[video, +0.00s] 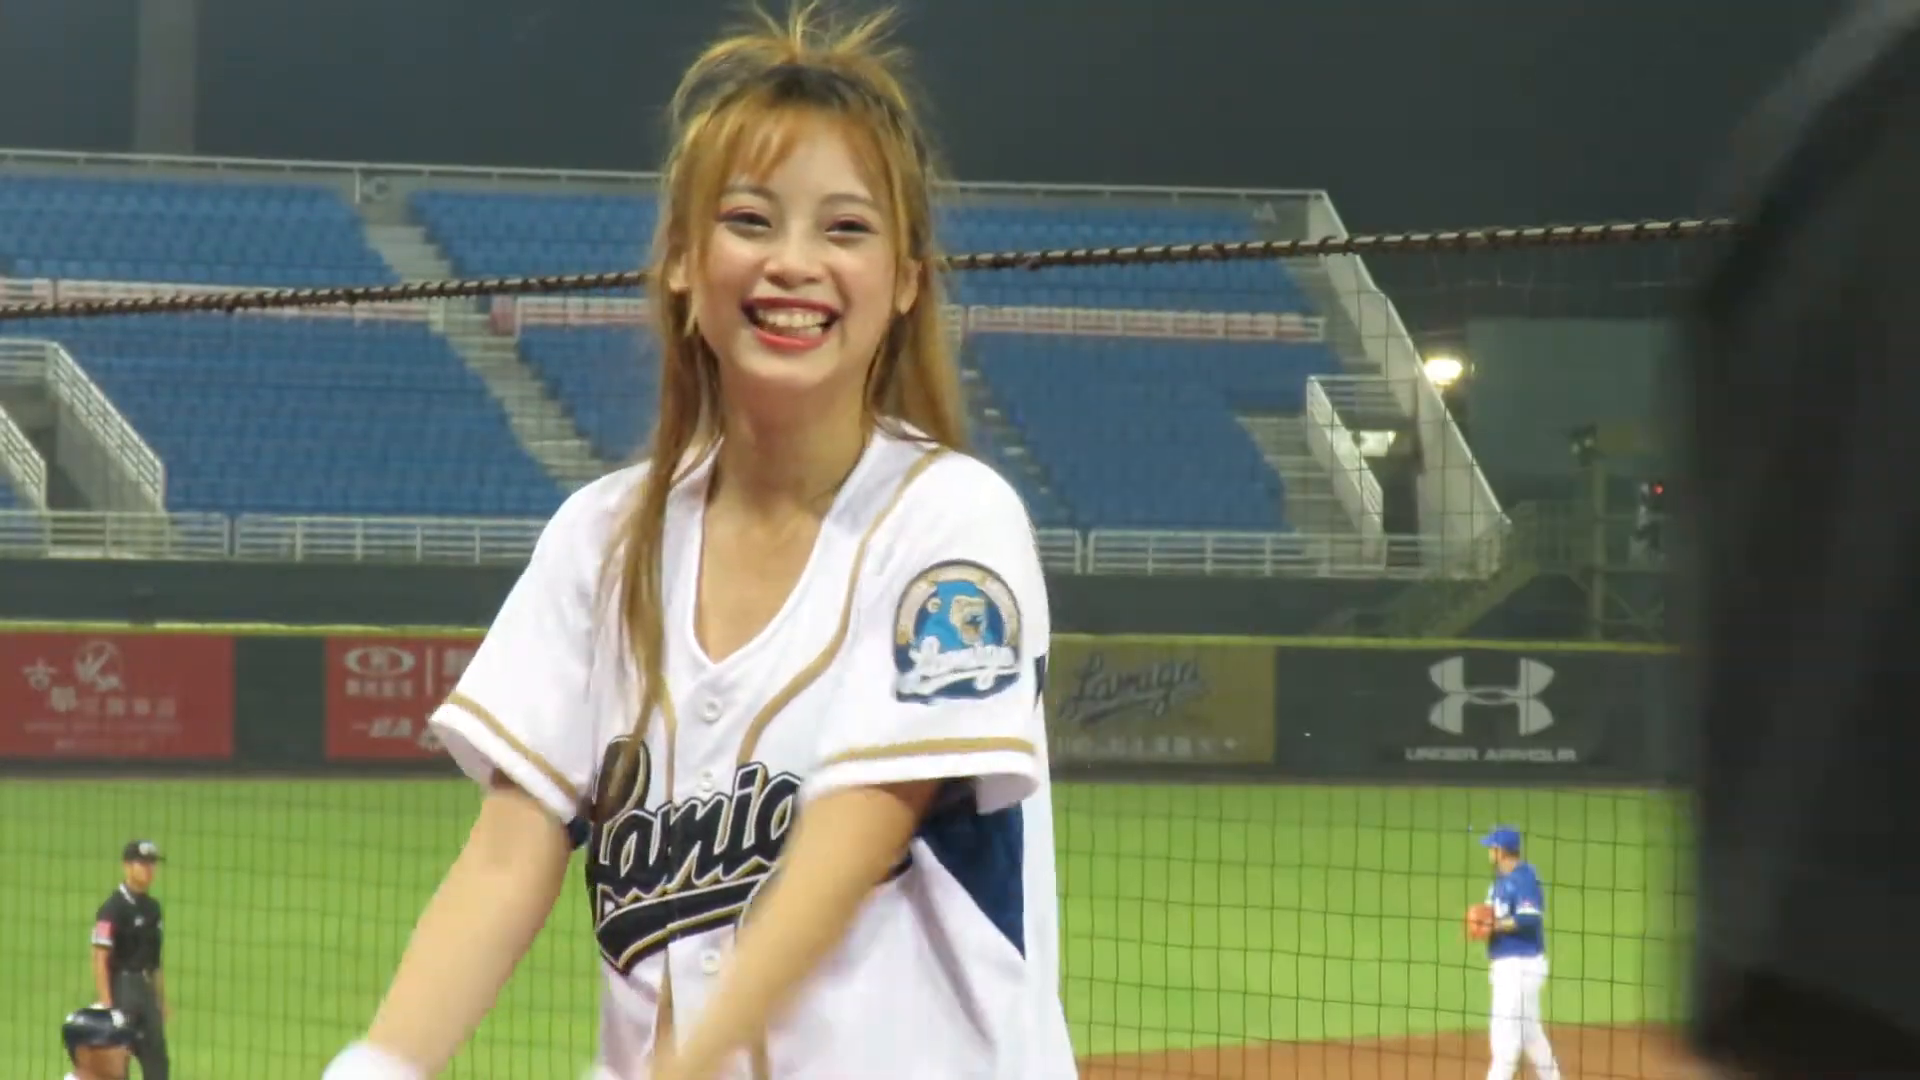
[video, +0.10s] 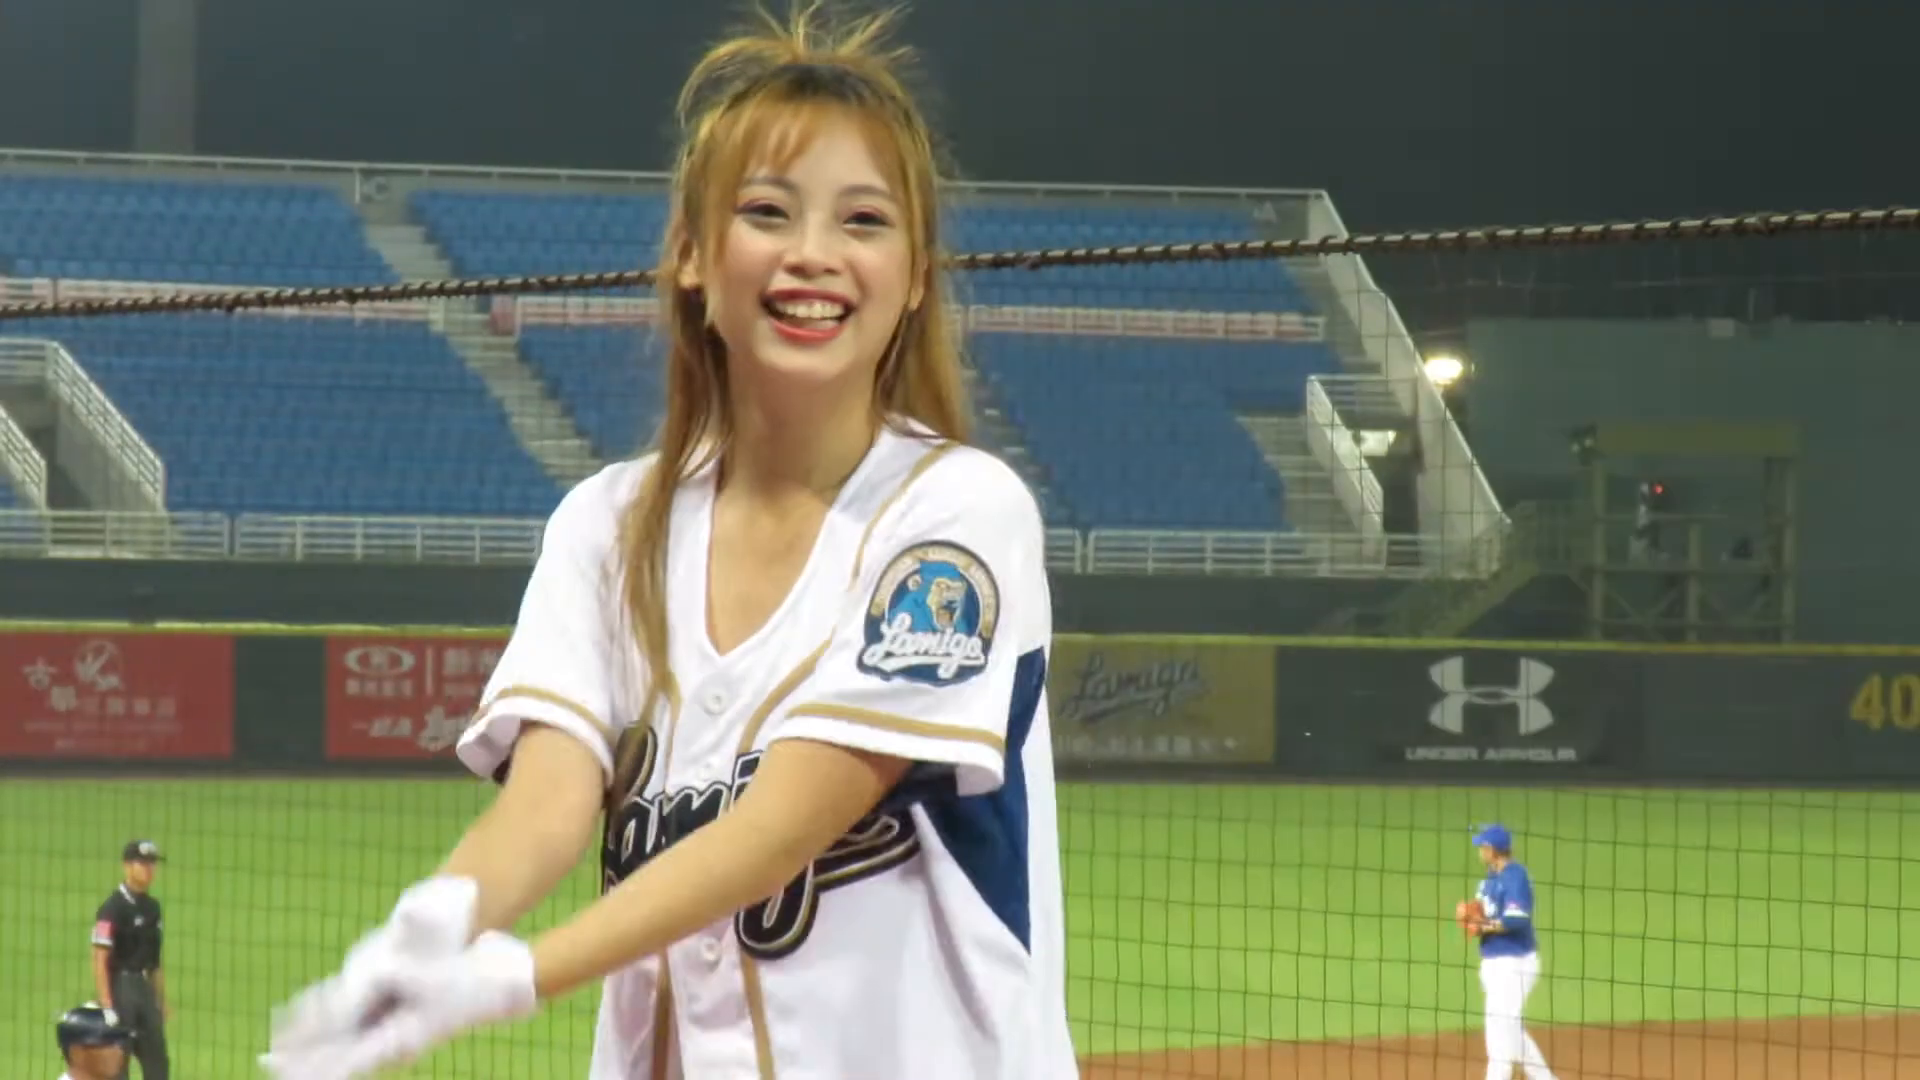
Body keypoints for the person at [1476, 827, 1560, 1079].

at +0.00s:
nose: (1490, 854)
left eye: (1493, 849)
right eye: (1490, 849)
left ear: (1503, 851)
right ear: (1505, 851)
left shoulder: (1524, 876)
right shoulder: (1500, 880)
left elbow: (1529, 917)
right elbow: (1494, 909)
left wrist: (1495, 925)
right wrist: (1482, 920)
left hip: (1522, 962)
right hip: (1505, 961)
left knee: (1505, 1029)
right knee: (1528, 1029)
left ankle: (1500, 1073)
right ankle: (1550, 1073)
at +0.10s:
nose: (1480, 852)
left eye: (1484, 847)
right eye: (1481, 847)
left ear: (1495, 849)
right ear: (1493, 849)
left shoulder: (1515, 875)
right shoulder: (1490, 879)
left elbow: (1518, 920)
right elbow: (1485, 909)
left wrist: (1484, 926)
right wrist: (1473, 916)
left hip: (1515, 961)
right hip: (1494, 961)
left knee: (1500, 1026)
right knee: (1507, 1028)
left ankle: (1498, 1074)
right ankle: (1543, 1075)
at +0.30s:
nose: (1468, 852)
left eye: (1470, 847)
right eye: (1469, 847)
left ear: (1479, 849)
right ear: (1486, 848)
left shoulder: (1498, 876)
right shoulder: (1481, 876)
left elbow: (1498, 919)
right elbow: (1480, 910)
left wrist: (1465, 924)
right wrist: (1461, 912)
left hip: (1500, 959)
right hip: (1481, 958)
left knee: (1492, 1020)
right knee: (1468, 1019)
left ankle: (1498, 1073)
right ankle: (1500, 1072)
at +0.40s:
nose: (1462, 852)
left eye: (1464, 847)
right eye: (1462, 847)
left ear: (1473, 849)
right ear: (1480, 848)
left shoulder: (1492, 874)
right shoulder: (1476, 876)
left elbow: (1492, 917)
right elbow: (1473, 910)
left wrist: (1461, 923)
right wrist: (1456, 913)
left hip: (1493, 959)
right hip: (1473, 958)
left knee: (1486, 1024)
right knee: (1458, 1020)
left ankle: (1489, 1074)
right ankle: (1474, 1074)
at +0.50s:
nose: (1456, 853)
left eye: (1458, 848)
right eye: (1456, 848)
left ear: (1469, 848)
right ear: (1472, 848)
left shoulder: (1485, 874)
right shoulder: (1471, 876)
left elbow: (1484, 916)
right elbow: (1466, 908)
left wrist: (1453, 924)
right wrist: (1447, 911)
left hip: (1487, 961)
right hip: (1464, 959)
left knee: (1483, 1029)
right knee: (1450, 1027)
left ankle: (1491, 1075)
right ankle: (1449, 1075)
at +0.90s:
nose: (1417, 861)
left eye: (1420, 856)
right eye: (1415, 857)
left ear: (1435, 851)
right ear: (1420, 854)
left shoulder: (1459, 872)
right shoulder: (1422, 877)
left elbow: (1472, 910)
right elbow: (1420, 912)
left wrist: (1433, 925)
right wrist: (1409, 925)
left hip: (1458, 962)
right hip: (1426, 962)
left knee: (1463, 1032)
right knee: (1419, 1035)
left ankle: (1483, 1076)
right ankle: (1411, 1077)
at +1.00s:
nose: (1409, 862)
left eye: (1412, 856)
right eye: (1406, 857)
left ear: (1426, 850)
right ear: (1404, 855)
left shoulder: (1450, 870)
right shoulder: (1406, 878)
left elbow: (1470, 909)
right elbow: (1398, 917)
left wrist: (1432, 931)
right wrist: (1399, 937)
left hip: (1451, 961)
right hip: (1419, 962)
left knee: (1453, 1034)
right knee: (1414, 1037)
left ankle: (1477, 1077)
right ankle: (1411, 1078)